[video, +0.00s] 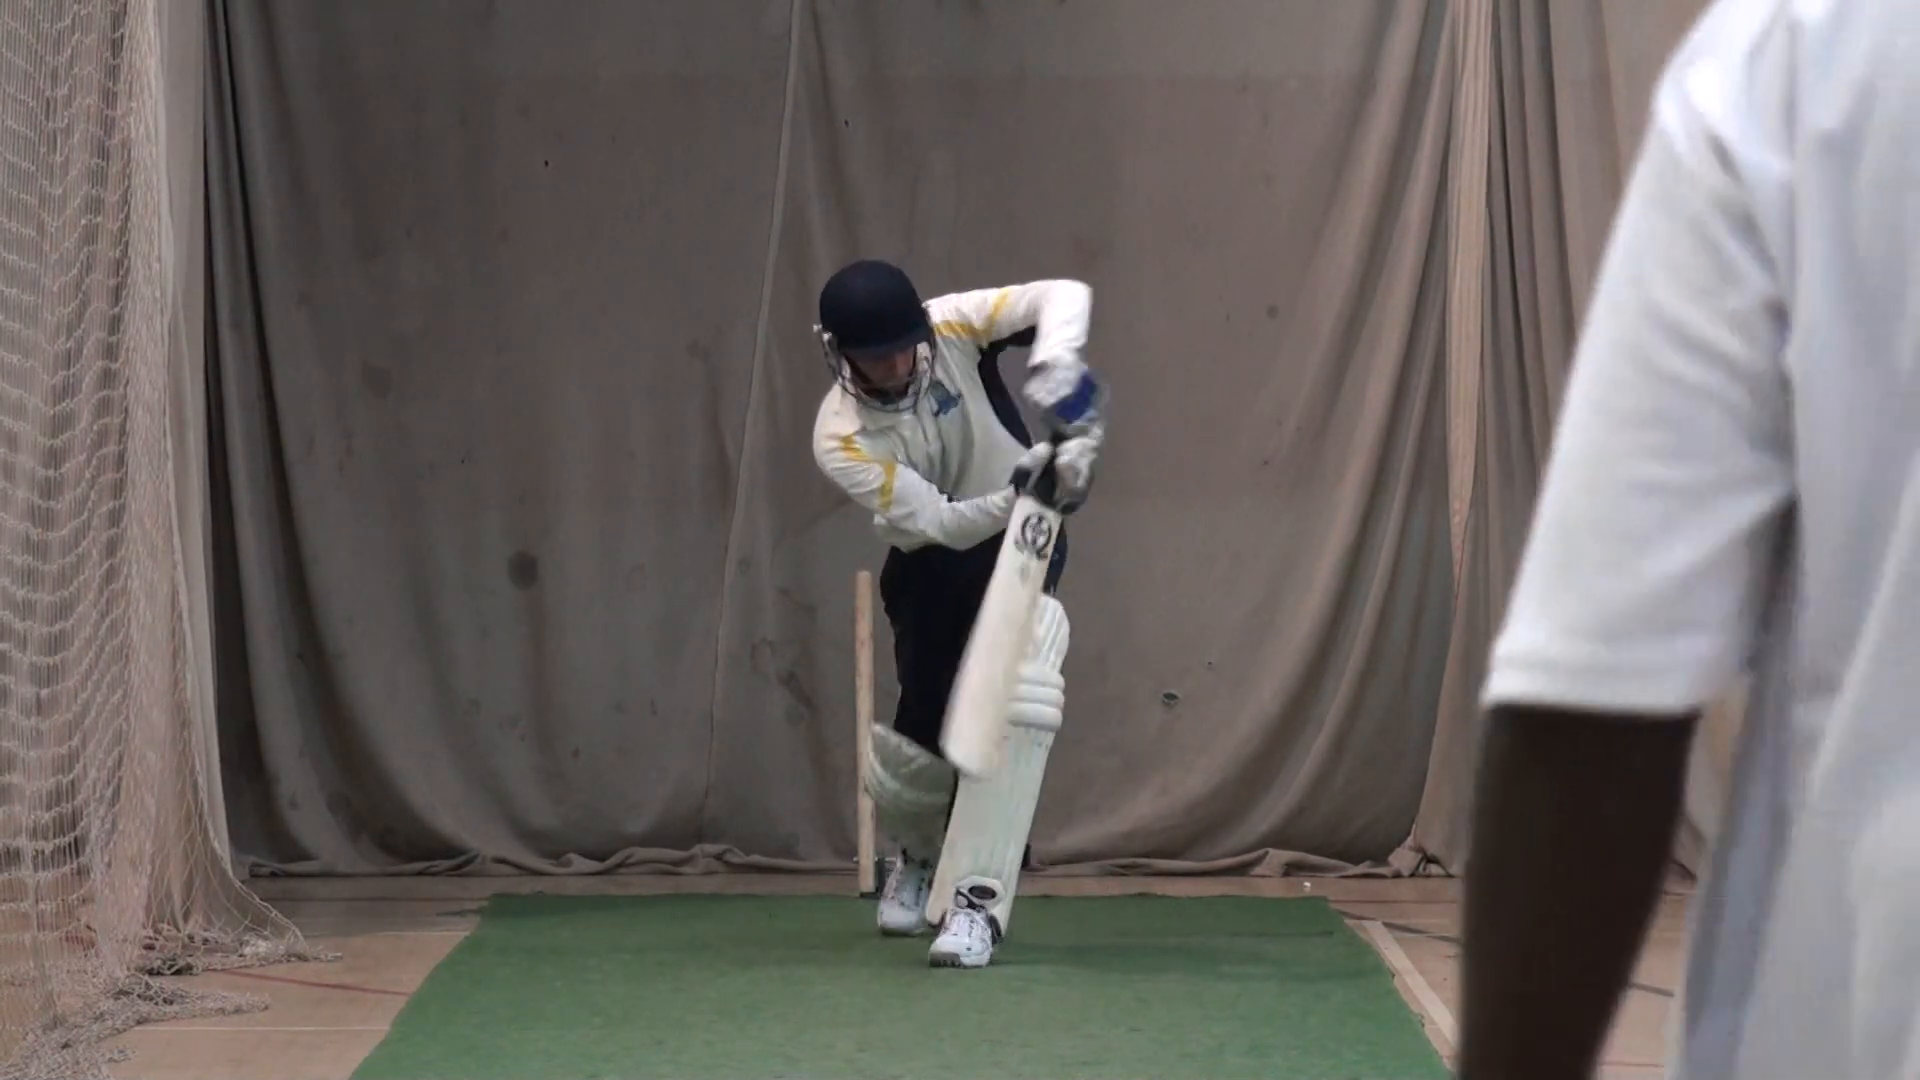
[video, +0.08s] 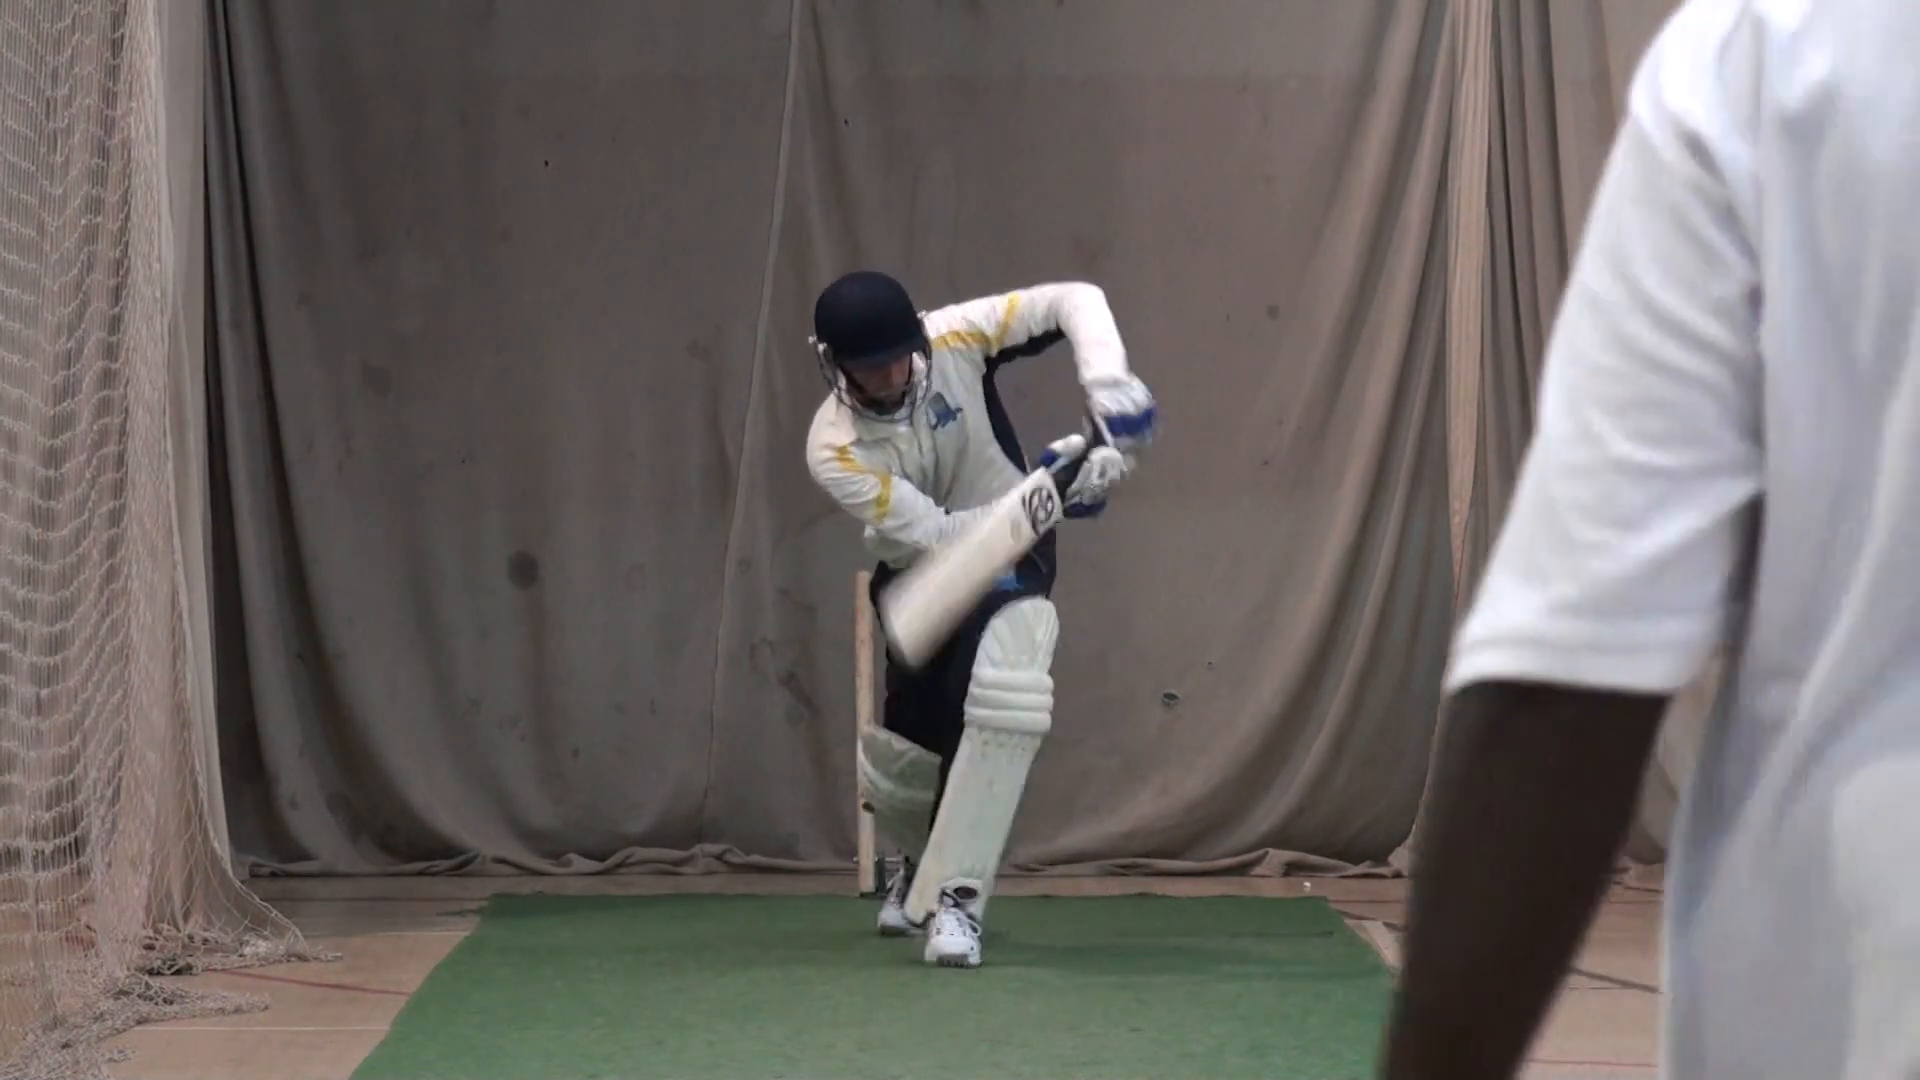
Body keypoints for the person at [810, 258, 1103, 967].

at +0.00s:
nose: (902, 368)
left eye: (909, 350)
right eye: (882, 359)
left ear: (922, 329)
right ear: (845, 355)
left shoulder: (948, 324)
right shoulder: (840, 437)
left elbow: (1062, 295)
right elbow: (939, 521)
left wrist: (1054, 362)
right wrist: (1020, 494)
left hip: (1015, 549)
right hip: (929, 574)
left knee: (1018, 719)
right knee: (920, 744)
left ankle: (977, 901)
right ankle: (915, 858)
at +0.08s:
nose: (899, 376)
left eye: (906, 358)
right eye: (878, 367)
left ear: (917, 341)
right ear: (840, 367)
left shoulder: (951, 336)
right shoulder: (834, 450)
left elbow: (1075, 299)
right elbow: (940, 532)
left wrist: (1106, 381)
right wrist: (1047, 492)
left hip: (1009, 539)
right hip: (916, 568)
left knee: (1009, 702)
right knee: (906, 748)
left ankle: (959, 897)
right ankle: (906, 862)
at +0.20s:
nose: (881, 394)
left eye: (895, 375)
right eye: (863, 382)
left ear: (917, 361)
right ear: (833, 377)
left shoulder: (962, 358)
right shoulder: (828, 456)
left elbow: (1094, 366)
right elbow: (924, 555)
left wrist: (1129, 462)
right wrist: (1034, 532)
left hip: (994, 564)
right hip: (905, 588)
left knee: (990, 716)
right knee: (887, 756)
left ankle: (942, 906)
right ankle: (901, 865)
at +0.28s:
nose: (890, 390)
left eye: (903, 370)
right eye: (871, 378)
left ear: (923, 354)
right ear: (841, 371)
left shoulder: (972, 361)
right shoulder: (827, 445)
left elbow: (1099, 397)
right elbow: (916, 554)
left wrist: (1133, 501)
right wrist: (1039, 549)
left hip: (990, 564)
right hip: (899, 582)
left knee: (983, 719)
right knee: (885, 743)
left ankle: (942, 907)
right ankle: (897, 858)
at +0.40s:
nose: (903, 357)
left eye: (914, 339)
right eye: (884, 345)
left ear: (931, 325)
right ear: (850, 340)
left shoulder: (974, 343)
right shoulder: (828, 415)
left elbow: (1099, 395)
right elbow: (898, 540)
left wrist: (1123, 514)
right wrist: (1028, 575)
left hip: (993, 524)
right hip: (896, 538)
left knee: (983, 714)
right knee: (864, 740)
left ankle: (941, 904)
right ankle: (888, 844)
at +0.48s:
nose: (906, 328)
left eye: (916, 309)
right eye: (886, 315)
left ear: (934, 294)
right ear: (852, 310)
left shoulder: (980, 325)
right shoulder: (828, 389)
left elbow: (1094, 381)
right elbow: (867, 528)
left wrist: (1118, 506)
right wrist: (980, 564)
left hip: (992, 523)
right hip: (893, 533)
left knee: (972, 713)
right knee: (854, 726)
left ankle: (946, 905)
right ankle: (880, 849)